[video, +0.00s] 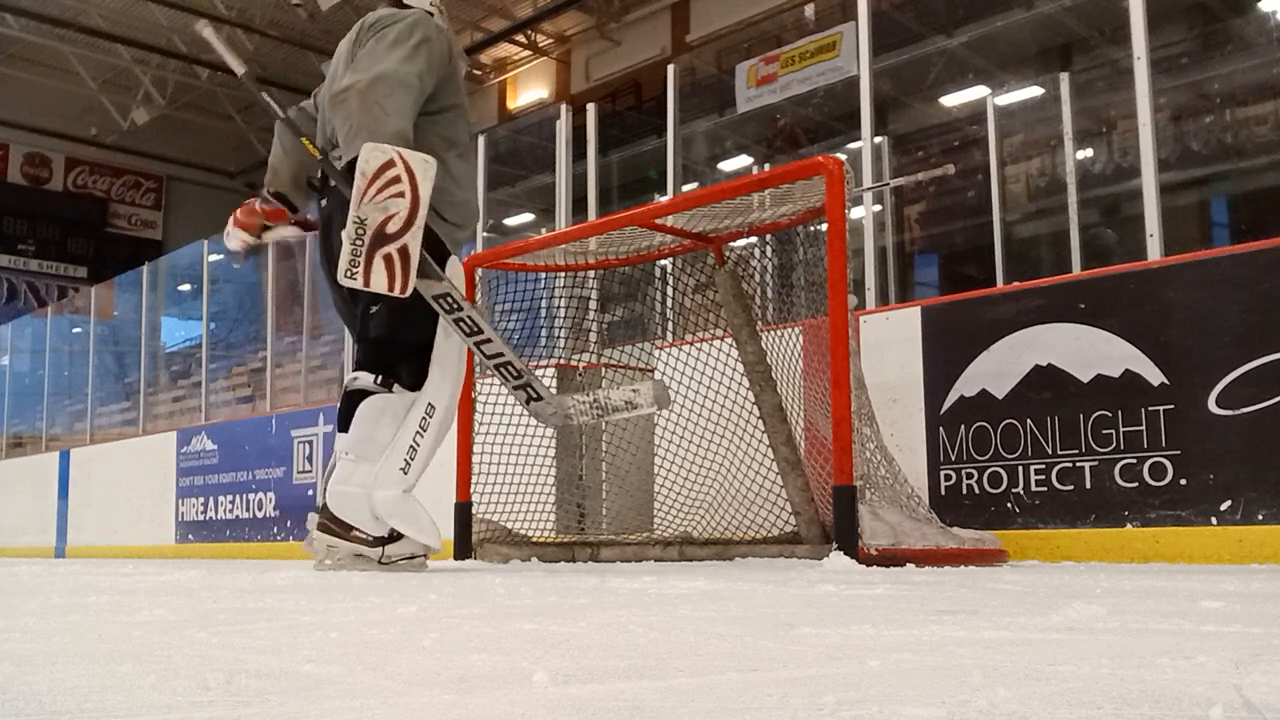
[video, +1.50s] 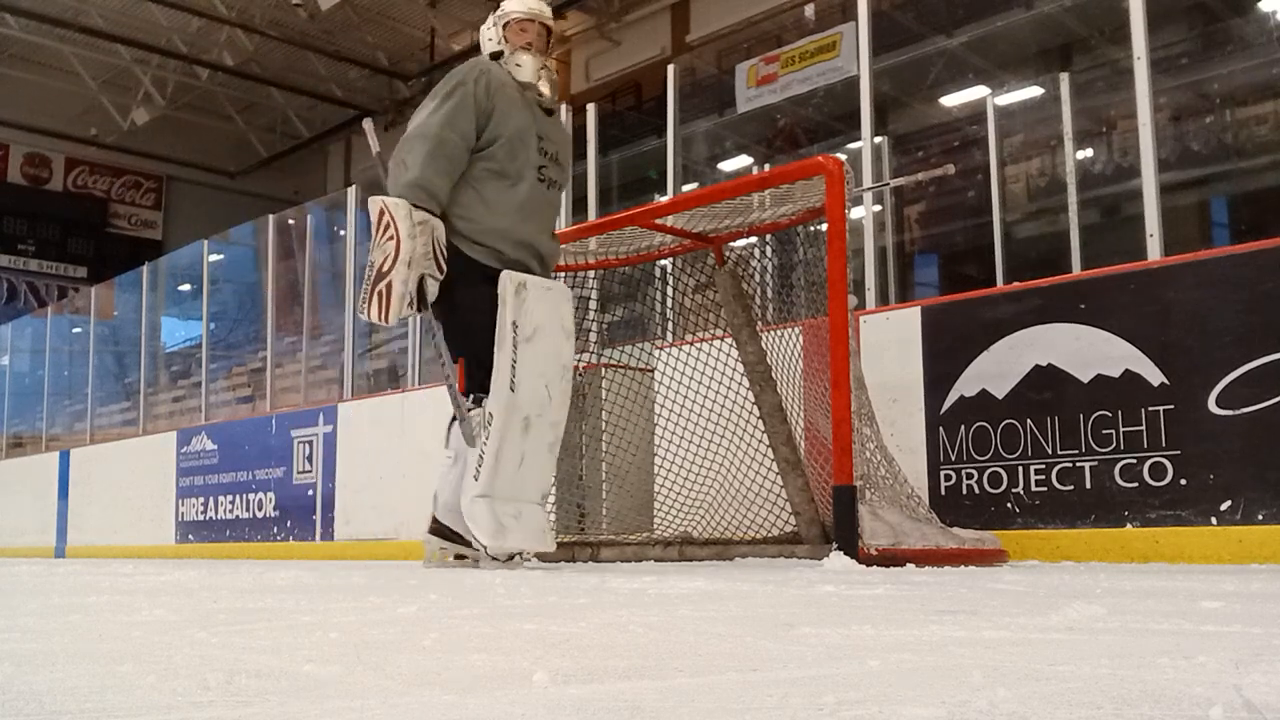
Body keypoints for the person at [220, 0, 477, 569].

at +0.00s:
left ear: (386, 1)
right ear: (430, 2)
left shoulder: (358, 47)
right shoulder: (415, 27)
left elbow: (302, 123)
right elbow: (371, 102)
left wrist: (278, 199)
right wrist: (385, 209)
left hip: (359, 231)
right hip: (404, 232)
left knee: (376, 373)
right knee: (416, 376)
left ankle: (349, 514)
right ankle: (363, 516)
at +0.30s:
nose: (451, 15)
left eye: (449, 13)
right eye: (446, 10)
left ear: (390, 12)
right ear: (428, 10)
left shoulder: (354, 70)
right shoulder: (420, 36)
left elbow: (302, 138)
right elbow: (390, 113)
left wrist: (310, 210)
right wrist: (428, 217)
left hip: (349, 225)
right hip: (394, 219)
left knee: (375, 368)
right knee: (419, 370)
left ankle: (354, 513)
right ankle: (361, 504)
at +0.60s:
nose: (463, 38)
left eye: (465, 31)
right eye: (455, 27)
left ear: (417, 26)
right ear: (427, 22)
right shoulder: (423, 56)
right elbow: (383, 126)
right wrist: (416, 234)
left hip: (377, 236)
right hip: (395, 230)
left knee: (395, 374)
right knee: (423, 373)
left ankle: (368, 510)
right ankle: (371, 504)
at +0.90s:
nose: (494, 55)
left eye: (495, 48)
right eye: (486, 45)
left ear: (475, 50)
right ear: (457, 42)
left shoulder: (466, 107)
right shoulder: (433, 76)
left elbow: (454, 197)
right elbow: (376, 135)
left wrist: (483, 263)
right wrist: (388, 233)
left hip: (439, 263)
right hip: (429, 260)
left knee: (420, 390)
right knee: (458, 384)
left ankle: (383, 513)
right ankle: (438, 512)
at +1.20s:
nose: (515, 52)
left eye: (522, 46)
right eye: (506, 41)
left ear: (524, 56)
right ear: (480, 42)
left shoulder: (498, 113)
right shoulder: (462, 80)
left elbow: (478, 201)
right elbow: (401, 147)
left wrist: (515, 257)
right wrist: (400, 227)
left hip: (469, 265)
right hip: (455, 260)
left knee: (450, 392)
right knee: (503, 382)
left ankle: (422, 520)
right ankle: (473, 522)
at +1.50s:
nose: (525, 32)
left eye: (535, 24)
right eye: (515, 23)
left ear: (548, 35)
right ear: (499, 31)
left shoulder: (549, 110)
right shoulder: (478, 77)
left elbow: (540, 192)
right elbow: (428, 148)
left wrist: (541, 260)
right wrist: (409, 236)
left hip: (525, 267)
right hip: (469, 257)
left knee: (510, 397)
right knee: (492, 396)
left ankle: (458, 525)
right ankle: (474, 526)